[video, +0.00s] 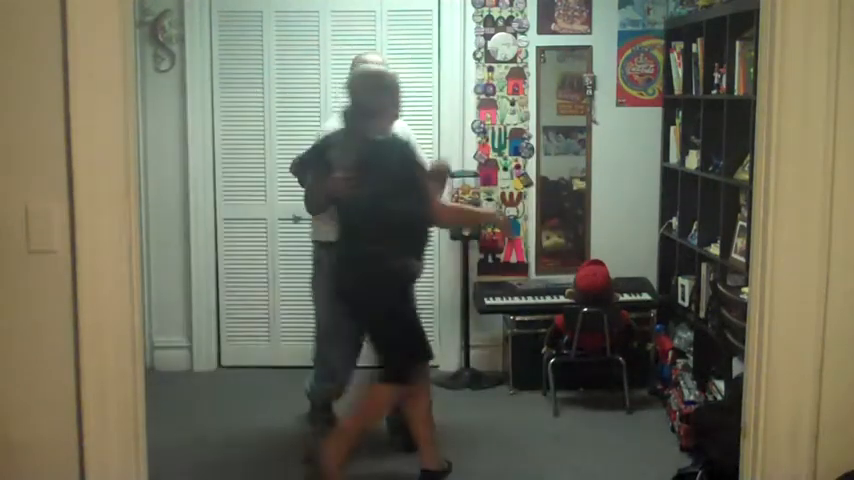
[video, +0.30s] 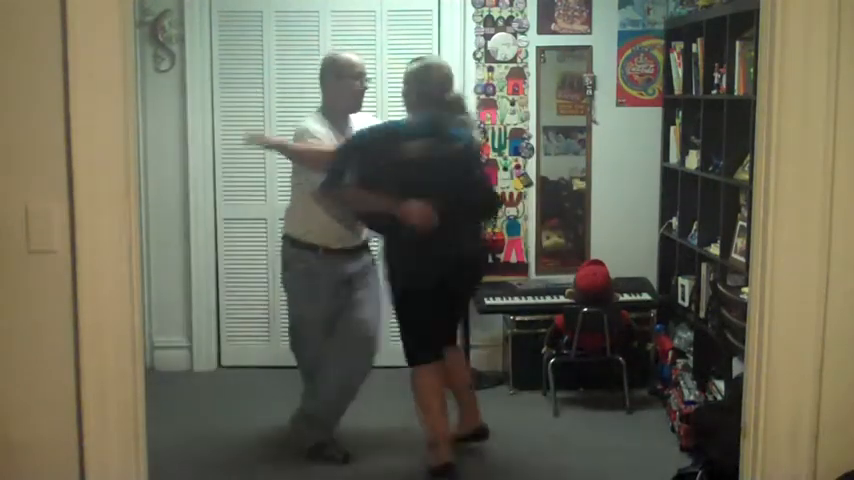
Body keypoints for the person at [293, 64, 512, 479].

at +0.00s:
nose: (399, 106)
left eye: (396, 98)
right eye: (396, 99)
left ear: (357, 103)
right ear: (390, 105)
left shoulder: (342, 149)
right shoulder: (396, 151)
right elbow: (436, 214)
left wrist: (431, 184)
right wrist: (489, 217)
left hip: (354, 272)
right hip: (384, 275)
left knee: (413, 363)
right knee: (400, 368)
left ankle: (430, 461)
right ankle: (335, 451)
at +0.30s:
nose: (363, 87)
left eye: (364, 80)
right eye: (355, 80)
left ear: (361, 87)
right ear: (329, 85)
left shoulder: (369, 128)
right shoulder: (308, 134)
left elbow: (393, 167)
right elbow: (336, 190)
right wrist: (396, 206)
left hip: (359, 253)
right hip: (310, 256)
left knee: (363, 337)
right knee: (314, 345)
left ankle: (312, 424)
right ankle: (322, 432)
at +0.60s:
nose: (374, 72)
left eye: (373, 65)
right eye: (364, 66)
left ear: (364, 73)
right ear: (335, 72)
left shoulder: (358, 122)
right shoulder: (311, 124)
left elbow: (366, 186)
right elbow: (298, 193)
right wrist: (363, 226)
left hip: (355, 249)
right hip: (314, 245)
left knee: (353, 346)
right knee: (338, 330)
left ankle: (307, 437)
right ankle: (283, 363)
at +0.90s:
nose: (396, 75)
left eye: (395, 67)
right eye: (389, 67)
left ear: (365, 72)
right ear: (363, 70)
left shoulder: (359, 118)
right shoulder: (342, 119)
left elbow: (353, 182)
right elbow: (333, 187)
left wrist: (402, 189)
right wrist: (399, 190)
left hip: (340, 247)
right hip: (338, 249)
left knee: (341, 349)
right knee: (386, 354)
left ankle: (307, 441)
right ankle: (372, 466)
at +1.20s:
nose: (425, 87)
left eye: (424, 78)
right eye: (421, 79)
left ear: (378, 83)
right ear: (407, 86)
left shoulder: (344, 128)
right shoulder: (412, 141)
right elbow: (452, 208)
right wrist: (493, 188)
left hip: (330, 264)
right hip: (376, 270)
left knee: (376, 348)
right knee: (398, 364)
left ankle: (336, 433)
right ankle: (368, 465)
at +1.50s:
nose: (423, 87)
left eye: (417, 78)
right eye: (426, 79)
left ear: (392, 84)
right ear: (430, 83)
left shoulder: (360, 129)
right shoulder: (452, 135)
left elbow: (318, 187)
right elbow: (507, 170)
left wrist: (324, 241)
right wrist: (547, 171)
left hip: (360, 268)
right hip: (419, 270)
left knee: (352, 363)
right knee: (421, 356)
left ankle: (347, 458)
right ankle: (410, 449)